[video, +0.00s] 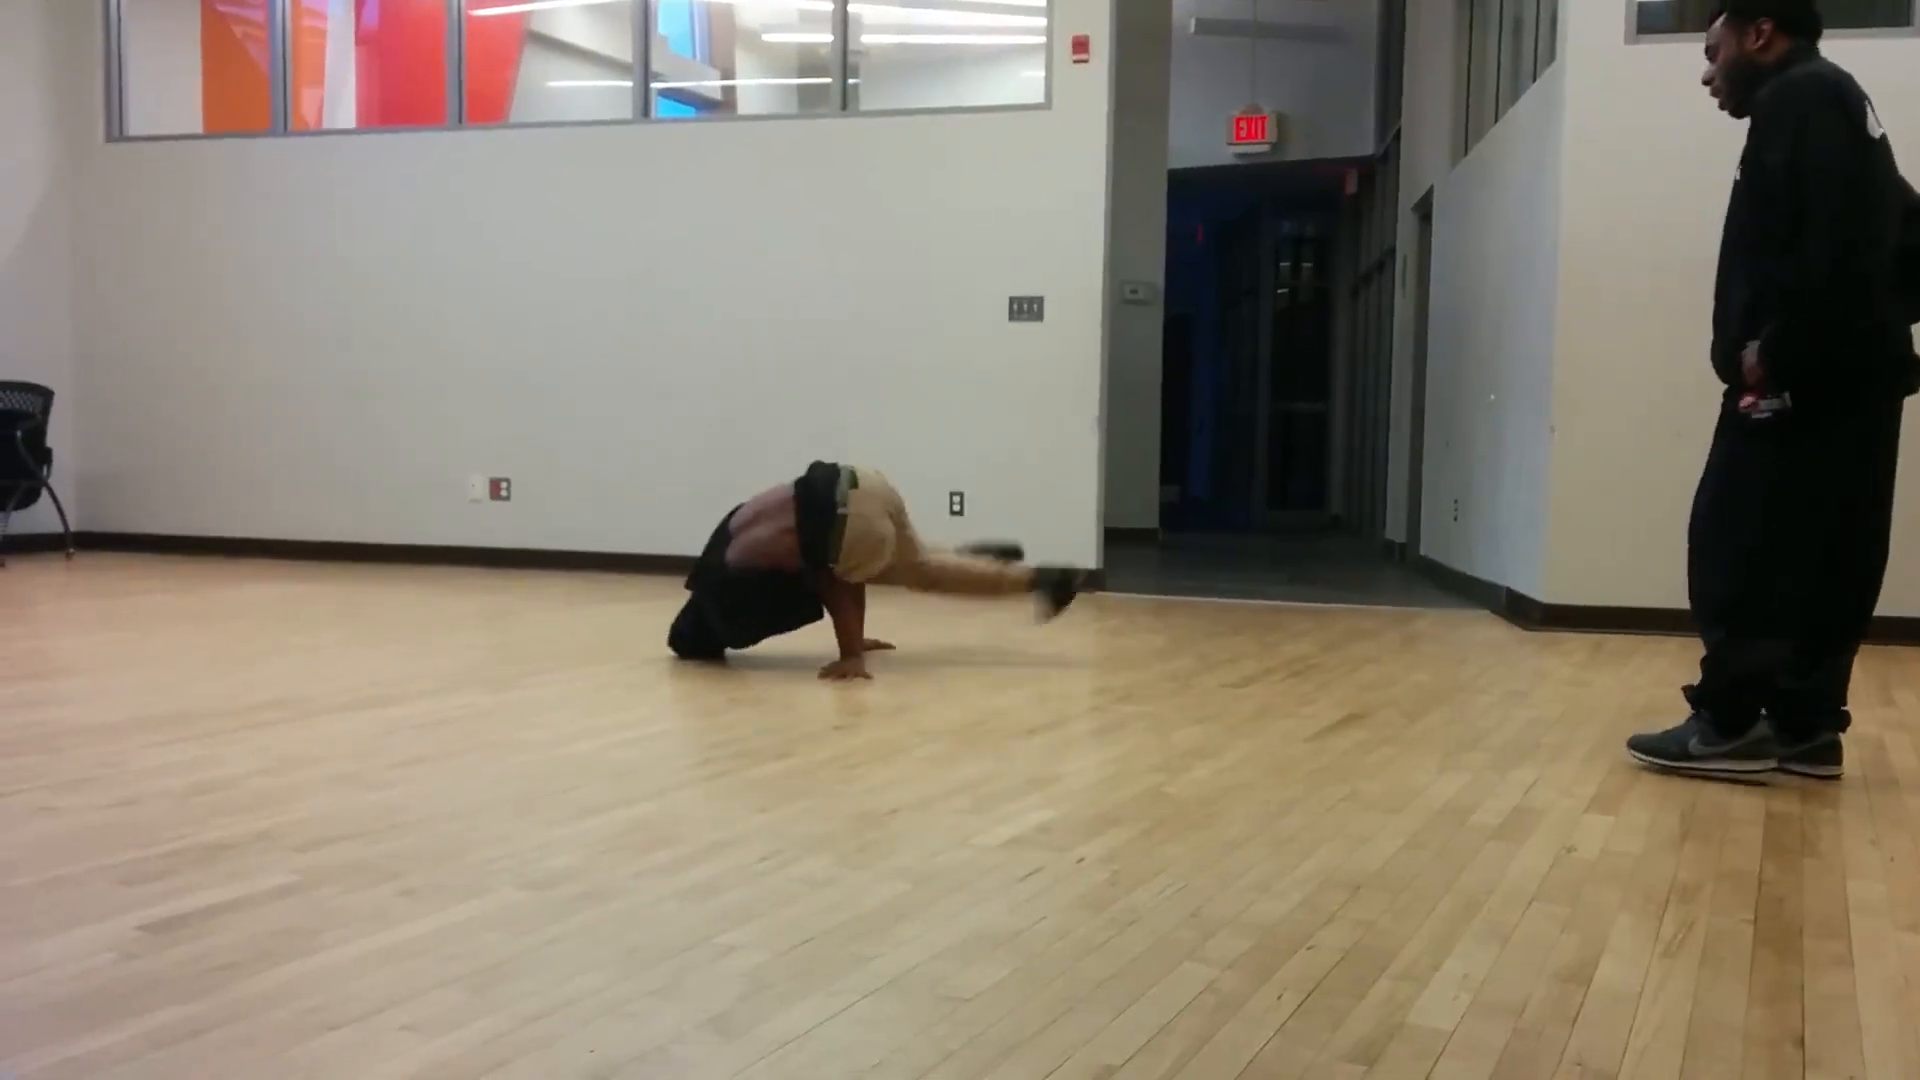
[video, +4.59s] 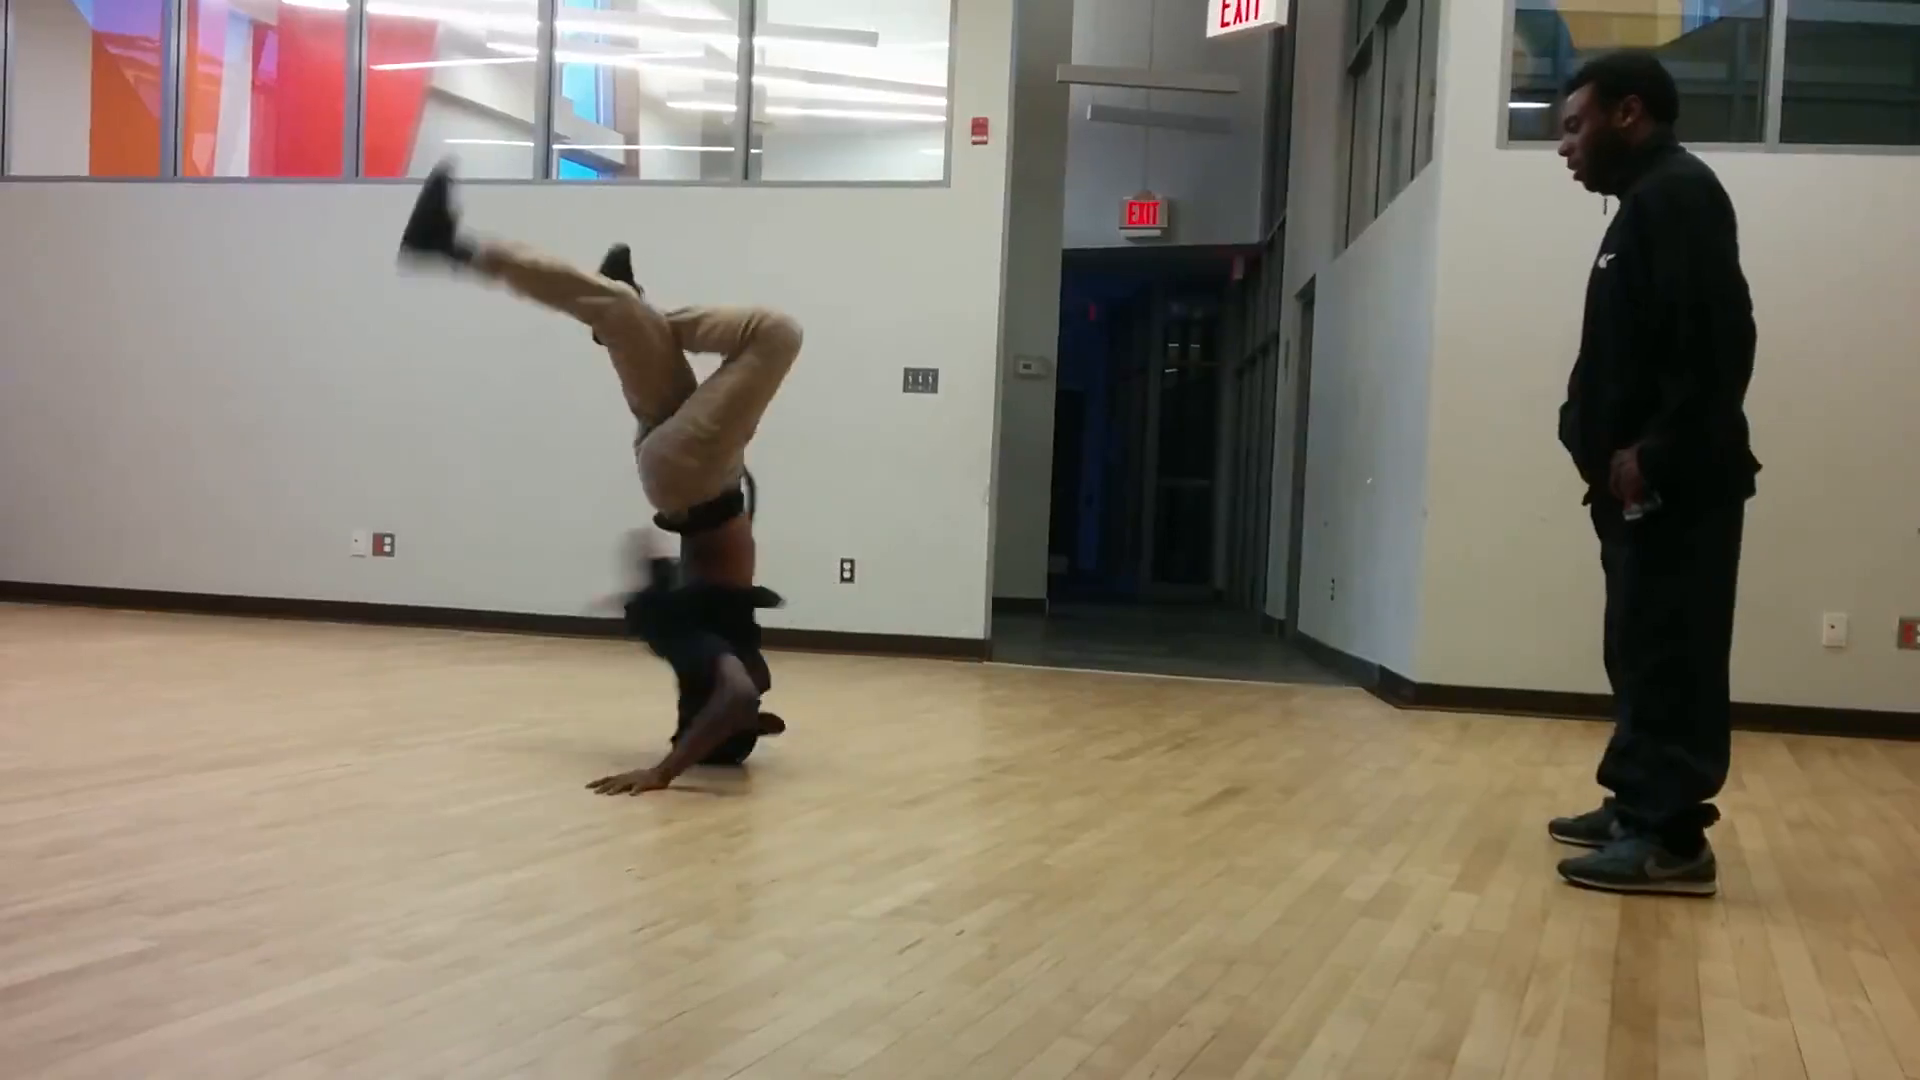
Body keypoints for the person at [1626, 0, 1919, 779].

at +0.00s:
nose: (1706, 69)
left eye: (1713, 46)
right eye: (1706, 51)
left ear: (1763, 36)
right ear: (1770, 38)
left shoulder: (1799, 99)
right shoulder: (1834, 99)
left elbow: (1802, 238)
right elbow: (1902, 220)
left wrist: (1767, 344)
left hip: (1795, 382)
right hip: (1855, 381)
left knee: (1729, 530)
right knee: (1828, 545)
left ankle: (1732, 720)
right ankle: (1808, 727)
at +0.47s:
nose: (1666, 80)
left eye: (1675, 59)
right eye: (1665, 63)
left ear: (1727, 47)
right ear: (1727, 51)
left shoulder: (1774, 116)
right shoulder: (1759, 118)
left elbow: (1815, 270)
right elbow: (1816, 268)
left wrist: (1738, 374)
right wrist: (1715, 369)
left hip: (1774, 405)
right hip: (1751, 405)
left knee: (1754, 566)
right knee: (1730, 562)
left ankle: (1748, 752)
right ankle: (1723, 736)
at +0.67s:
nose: (1592, 83)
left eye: (1601, 62)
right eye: (1591, 65)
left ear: (1655, 51)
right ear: (1654, 55)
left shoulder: (1696, 125)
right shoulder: (1678, 125)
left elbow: (1709, 278)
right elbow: (1686, 276)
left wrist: (1658, 389)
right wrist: (1633, 382)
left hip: (1691, 414)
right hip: (1666, 412)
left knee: (1681, 583)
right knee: (1657, 579)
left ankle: (1682, 773)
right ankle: (1649, 743)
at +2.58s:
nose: (1538, 181)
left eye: (1546, 161)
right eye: (1536, 163)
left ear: (1596, 148)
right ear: (1599, 150)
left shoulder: (1648, 227)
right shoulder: (1626, 226)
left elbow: (1666, 378)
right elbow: (1631, 374)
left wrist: (1598, 479)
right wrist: (1572, 469)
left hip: (1644, 499)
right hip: (1619, 498)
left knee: (1631, 666)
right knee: (1611, 662)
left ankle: (1653, 857)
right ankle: (1619, 827)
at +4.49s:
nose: (1559, 150)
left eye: (1569, 129)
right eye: (1557, 133)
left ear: (1625, 118)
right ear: (1625, 123)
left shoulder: (1675, 198)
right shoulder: (1649, 199)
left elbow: (1705, 342)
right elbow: (1658, 344)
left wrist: (1646, 455)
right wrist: (1608, 446)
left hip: (1675, 481)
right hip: (1641, 480)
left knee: (1668, 649)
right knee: (1638, 646)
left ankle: (1670, 837)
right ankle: (1634, 807)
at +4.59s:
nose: (1564, 147)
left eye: (1573, 126)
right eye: (1561, 131)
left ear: (1630, 115)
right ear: (1630, 121)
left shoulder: (1680, 195)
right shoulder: (1654, 197)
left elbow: (1710, 342)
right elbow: (1665, 342)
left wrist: (1650, 454)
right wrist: (1613, 446)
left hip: (1682, 481)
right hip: (1647, 480)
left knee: (1672, 649)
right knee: (1642, 645)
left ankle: (1671, 837)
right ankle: (1636, 806)